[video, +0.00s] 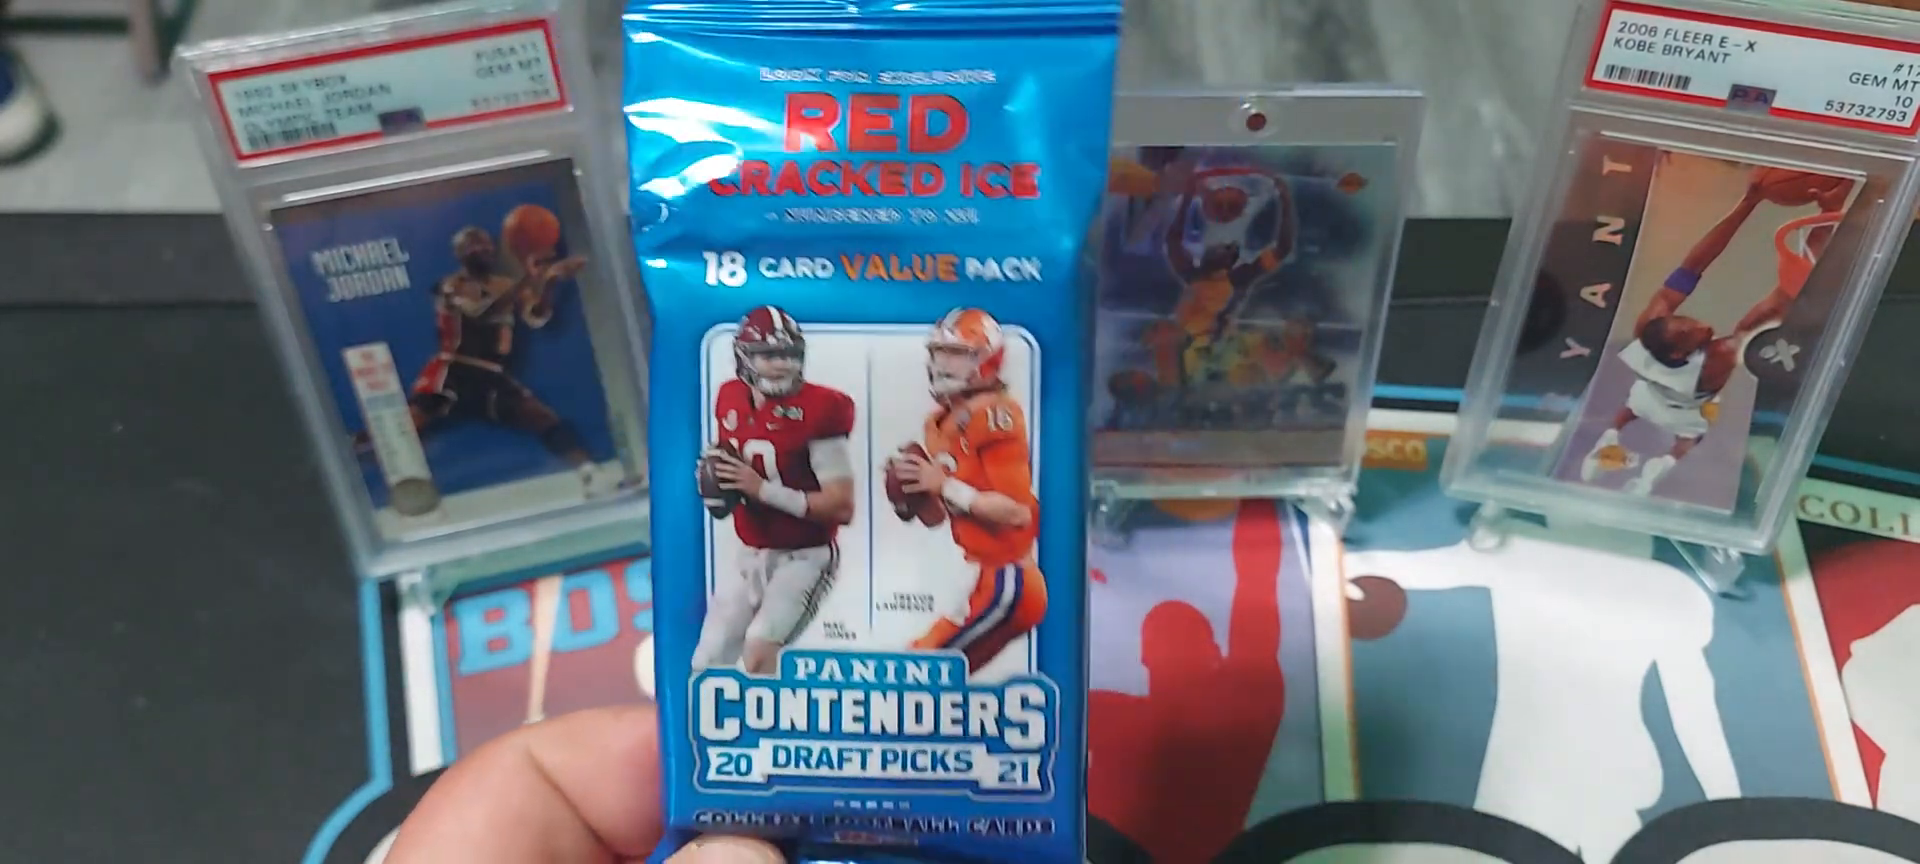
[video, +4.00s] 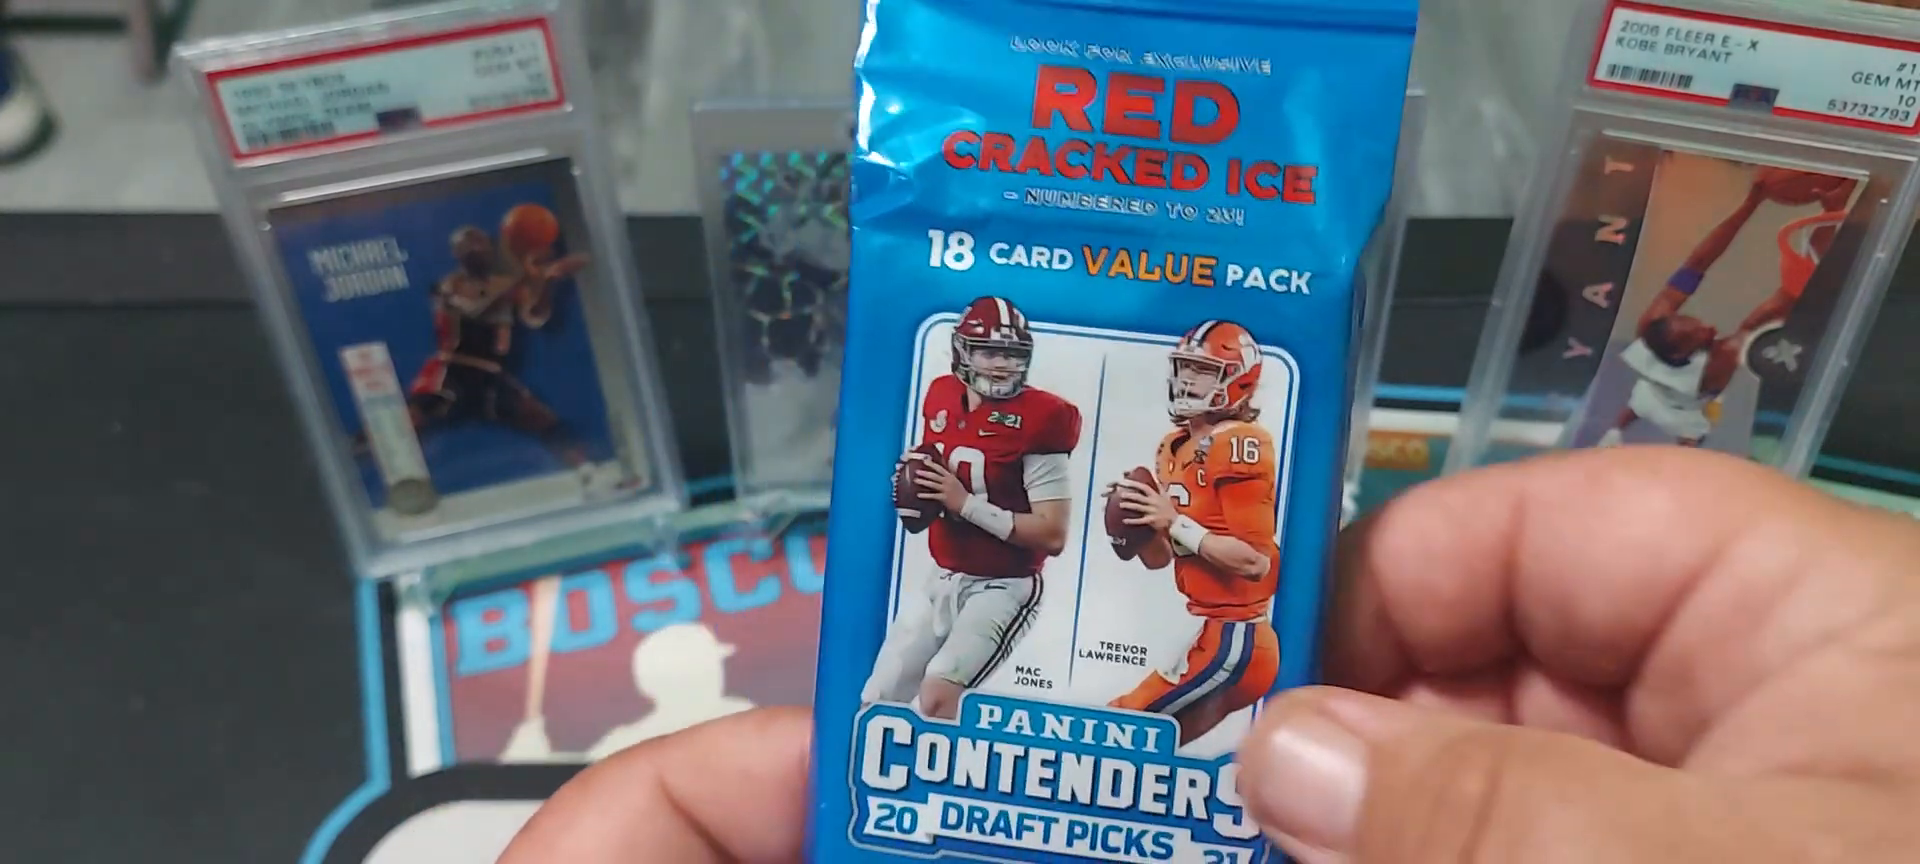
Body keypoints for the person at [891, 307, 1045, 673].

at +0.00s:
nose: (943, 366)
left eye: (956, 355)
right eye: (938, 354)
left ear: (985, 361)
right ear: (930, 357)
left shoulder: (995, 413)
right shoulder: (939, 421)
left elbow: (1017, 511)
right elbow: (934, 516)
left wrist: (943, 485)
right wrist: (907, 490)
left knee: (917, 671)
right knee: (925, 677)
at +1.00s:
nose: (943, 328)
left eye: (956, 317)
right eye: (938, 316)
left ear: (988, 321)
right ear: (929, 319)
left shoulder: (998, 375)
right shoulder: (940, 386)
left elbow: (1025, 480)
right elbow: (940, 490)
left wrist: (950, 455)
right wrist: (912, 457)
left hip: (1020, 555)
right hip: (1003, 553)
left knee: (922, 656)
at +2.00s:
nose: (965, 336)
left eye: (979, 325)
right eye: (961, 324)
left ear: (1013, 329)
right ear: (951, 326)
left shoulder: (1025, 385)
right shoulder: (962, 399)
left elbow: (1053, 495)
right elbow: (964, 506)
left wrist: (974, 470)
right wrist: (935, 474)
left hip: (1047, 575)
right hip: (1030, 572)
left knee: (944, 682)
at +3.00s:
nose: (988, 359)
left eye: (1002, 348)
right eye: (983, 347)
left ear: (1034, 353)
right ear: (974, 350)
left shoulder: (1046, 410)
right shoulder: (985, 422)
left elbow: (1074, 517)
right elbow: (984, 528)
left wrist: (996, 492)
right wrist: (957, 491)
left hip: (1067, 597)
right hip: (1050, 594)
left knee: (964, 702)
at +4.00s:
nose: (1187, 383)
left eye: (1203, 373)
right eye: (1184, 369)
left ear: (1238, 382)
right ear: (1173, 370)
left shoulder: (1242, 443)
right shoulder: (1173, 445)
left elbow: (1253, 559)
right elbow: (1158, 558)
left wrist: (1173, 522)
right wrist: (1135, 522)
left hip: (1236, 642)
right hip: (1213, 637)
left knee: (1112, 735)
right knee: (1129, 746)